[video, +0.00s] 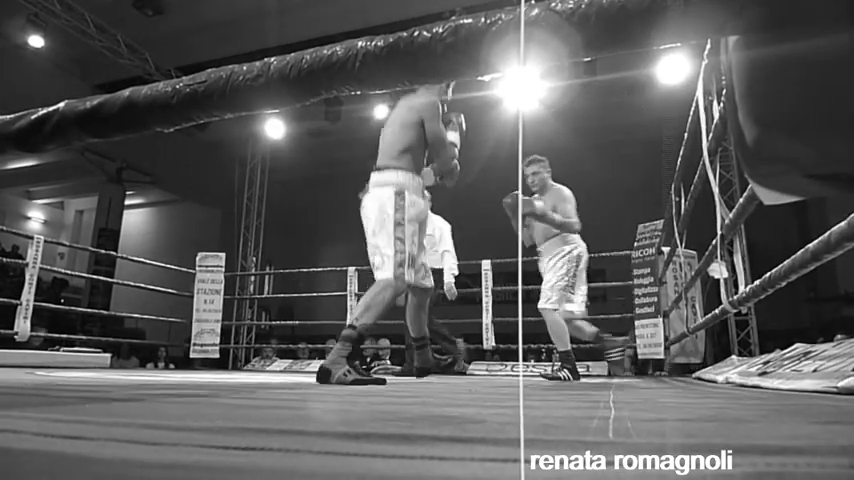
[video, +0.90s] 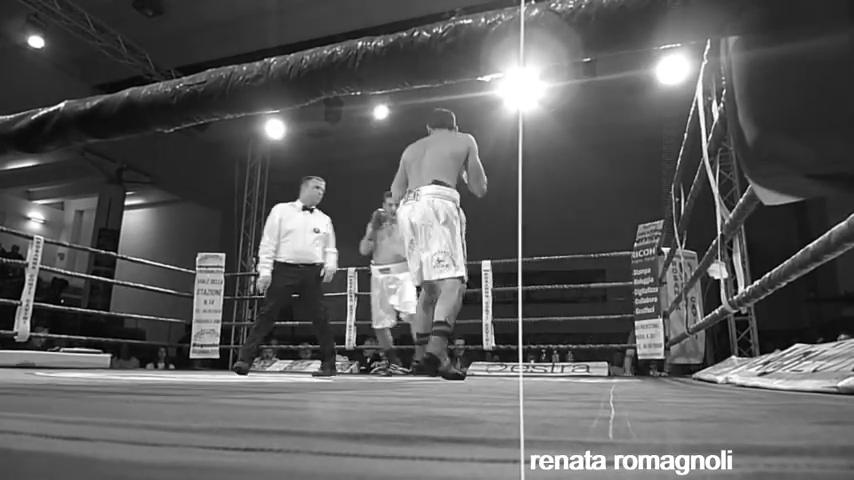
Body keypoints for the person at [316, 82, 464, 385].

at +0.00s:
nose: (451, 92)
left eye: (452, 86)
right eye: (451, 85)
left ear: (421, 81)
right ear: (443, 82)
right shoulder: (427, 103)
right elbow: (445, 162)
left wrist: (441, 166)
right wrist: (455, 135)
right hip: (397, 193)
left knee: (421, 284)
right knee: (396, 279)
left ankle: (421, 359)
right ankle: (337, 359)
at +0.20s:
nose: (456, 119)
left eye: (456, 114)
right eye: (456, 113)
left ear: (435, 109)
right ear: (449, 110)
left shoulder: (421, 130)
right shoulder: (435, 125)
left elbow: (441, 177)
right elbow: (458, 174)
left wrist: (459, 150)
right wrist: (468, 151)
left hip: (416, 211)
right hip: (408, 209)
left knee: (440, 292)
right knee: (424, 282)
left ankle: (426, 367)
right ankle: (366, 347)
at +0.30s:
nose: (464, 126)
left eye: (465, 121)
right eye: (464, 121)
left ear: (443, 113)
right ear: (457, 117)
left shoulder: (429, 131)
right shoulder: (444, 128)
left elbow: (452, 174)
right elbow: (463, 179)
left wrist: (463, 153)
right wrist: (472, 156)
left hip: (411, 208)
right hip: (411, 207)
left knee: (442, 284)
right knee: (439, 282)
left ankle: (425, 356)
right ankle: (391, 348)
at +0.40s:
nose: (472, 143)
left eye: (472, 139)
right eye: (472, 138)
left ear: (448, 132)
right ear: (467, 134)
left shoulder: (428, 152)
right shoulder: (457, 149)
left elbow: (418, 194)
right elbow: (479, 192)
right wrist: (486, 169)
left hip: (406, 221)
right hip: (423, 223)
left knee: (436, 294)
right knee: (448, 294)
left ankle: (430, 360)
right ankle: (396, 355)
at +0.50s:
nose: (470, 166)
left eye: (468, 162)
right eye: (469, 162)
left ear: (443, 157)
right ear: (466, 159)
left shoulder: (422, 176)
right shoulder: (464, 171)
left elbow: (403, 215)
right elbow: (482, 215)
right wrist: (488, 184)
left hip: (405, 242)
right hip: (429, 243)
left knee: (440, 307)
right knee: (464, 313)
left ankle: (432, 364)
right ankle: (407, 352)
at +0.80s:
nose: (457, 151)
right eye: (456, 148)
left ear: (430, 153)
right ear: (455, 148)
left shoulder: (415, 172)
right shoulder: (465, 159)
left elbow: (399, 215)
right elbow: (489, 202)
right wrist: (470, 180)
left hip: (411, 230)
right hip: (440, 226)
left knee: (435, 300)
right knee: (464, 298)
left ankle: (451, 361)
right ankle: (418, 338)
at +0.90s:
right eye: (454, 127)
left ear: (428, 128)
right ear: (454, 126)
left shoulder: (410, 150)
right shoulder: (465, 140)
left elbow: (396, 192)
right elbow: (479, 188)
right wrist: (463, 170)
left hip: (408, 211)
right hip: (441, 207)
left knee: (427, 290)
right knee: (452, 285)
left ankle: (423, 357)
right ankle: (435, 352)